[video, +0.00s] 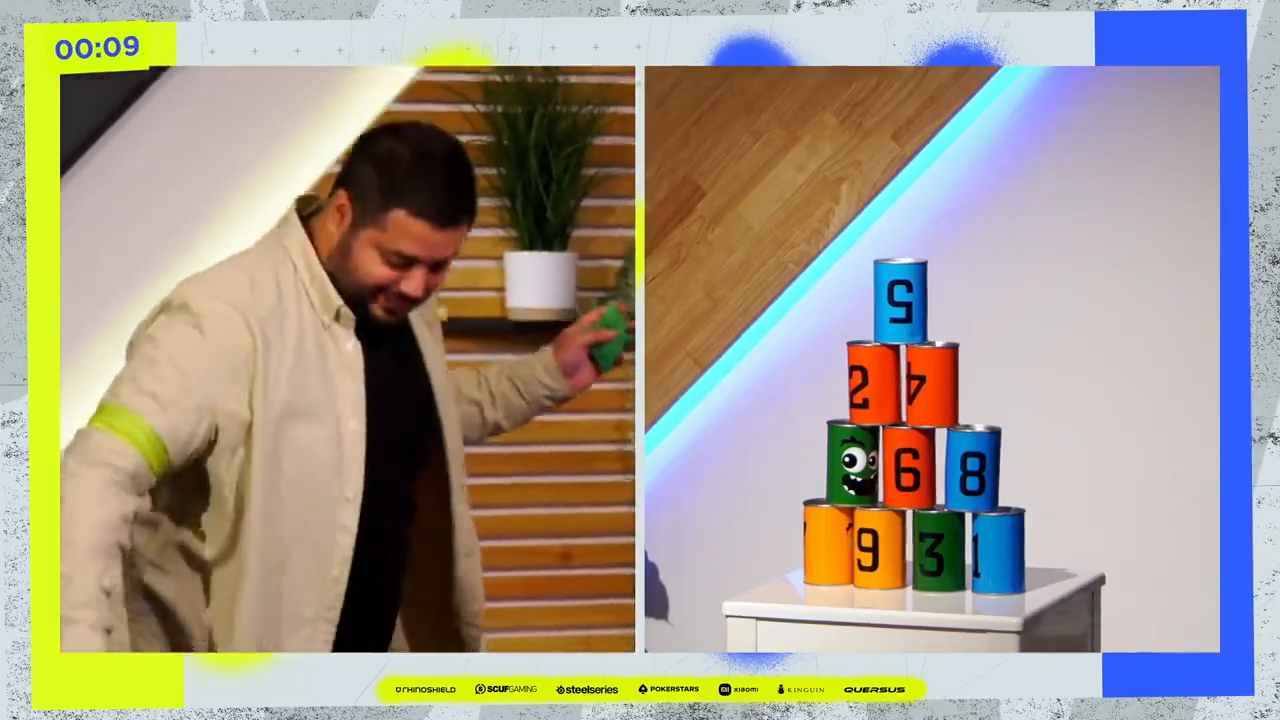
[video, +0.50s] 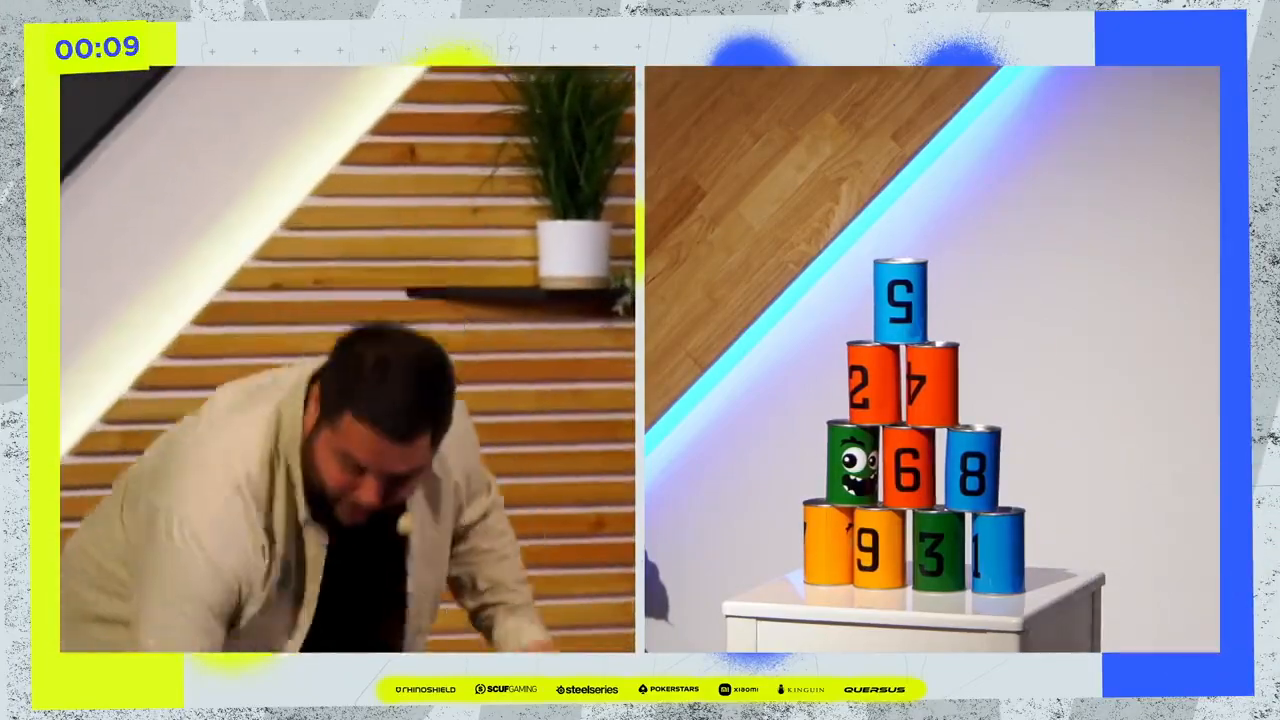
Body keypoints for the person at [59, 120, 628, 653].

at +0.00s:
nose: (417, 289)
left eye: (438, 267)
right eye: (399, 260)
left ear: (457, 245)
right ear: (340, 210)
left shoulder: (405, 307)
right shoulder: (226, 314)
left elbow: (419, 424)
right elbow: (98, 475)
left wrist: (551, 374)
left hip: (372, 663)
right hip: (239, 673)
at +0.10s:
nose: (424, 319)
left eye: (447, 296)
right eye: (405, 289)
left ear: (466, 276)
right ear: (351, 240)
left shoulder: (423, 323)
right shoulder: (226, 342)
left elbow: (449, 420)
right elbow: (103, 515)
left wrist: (576, 393)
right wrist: (69, 689)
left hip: (377, 667)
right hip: (239, 678)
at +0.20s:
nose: (414, 336)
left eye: (439, 314)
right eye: (394, 308)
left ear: (461, 291)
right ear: (343, 259)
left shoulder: (440, 336)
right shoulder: (217, 353)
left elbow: (457, 431)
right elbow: (114, 550)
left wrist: (585, 445)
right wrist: (81, 700)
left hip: (379, 674)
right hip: (234, 684)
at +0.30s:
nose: (397, 365)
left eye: (423, 344)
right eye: (378, 335)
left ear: (448, 315)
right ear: (331, 284)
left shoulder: (447, 351)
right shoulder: (208, 371)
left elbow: (480, 458)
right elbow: (128, 572)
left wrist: (575, 527)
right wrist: (116, 704)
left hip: (375, 682)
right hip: (226, 687)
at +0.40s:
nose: (383, 412)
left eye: (410, 392)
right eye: (364, 382)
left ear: (441, 362)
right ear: (320, 329)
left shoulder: (445, 383)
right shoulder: (215, 422)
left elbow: (482, 496)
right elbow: (148, 636)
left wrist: (551, 591)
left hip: (336, 673)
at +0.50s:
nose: (370, 498)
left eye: (399, 479)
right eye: (351, 467)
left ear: (437, 443)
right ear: (314, 410)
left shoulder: (443, 433)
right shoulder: (212, 503)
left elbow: (475, 527)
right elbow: (169, 689)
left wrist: (522, 639)